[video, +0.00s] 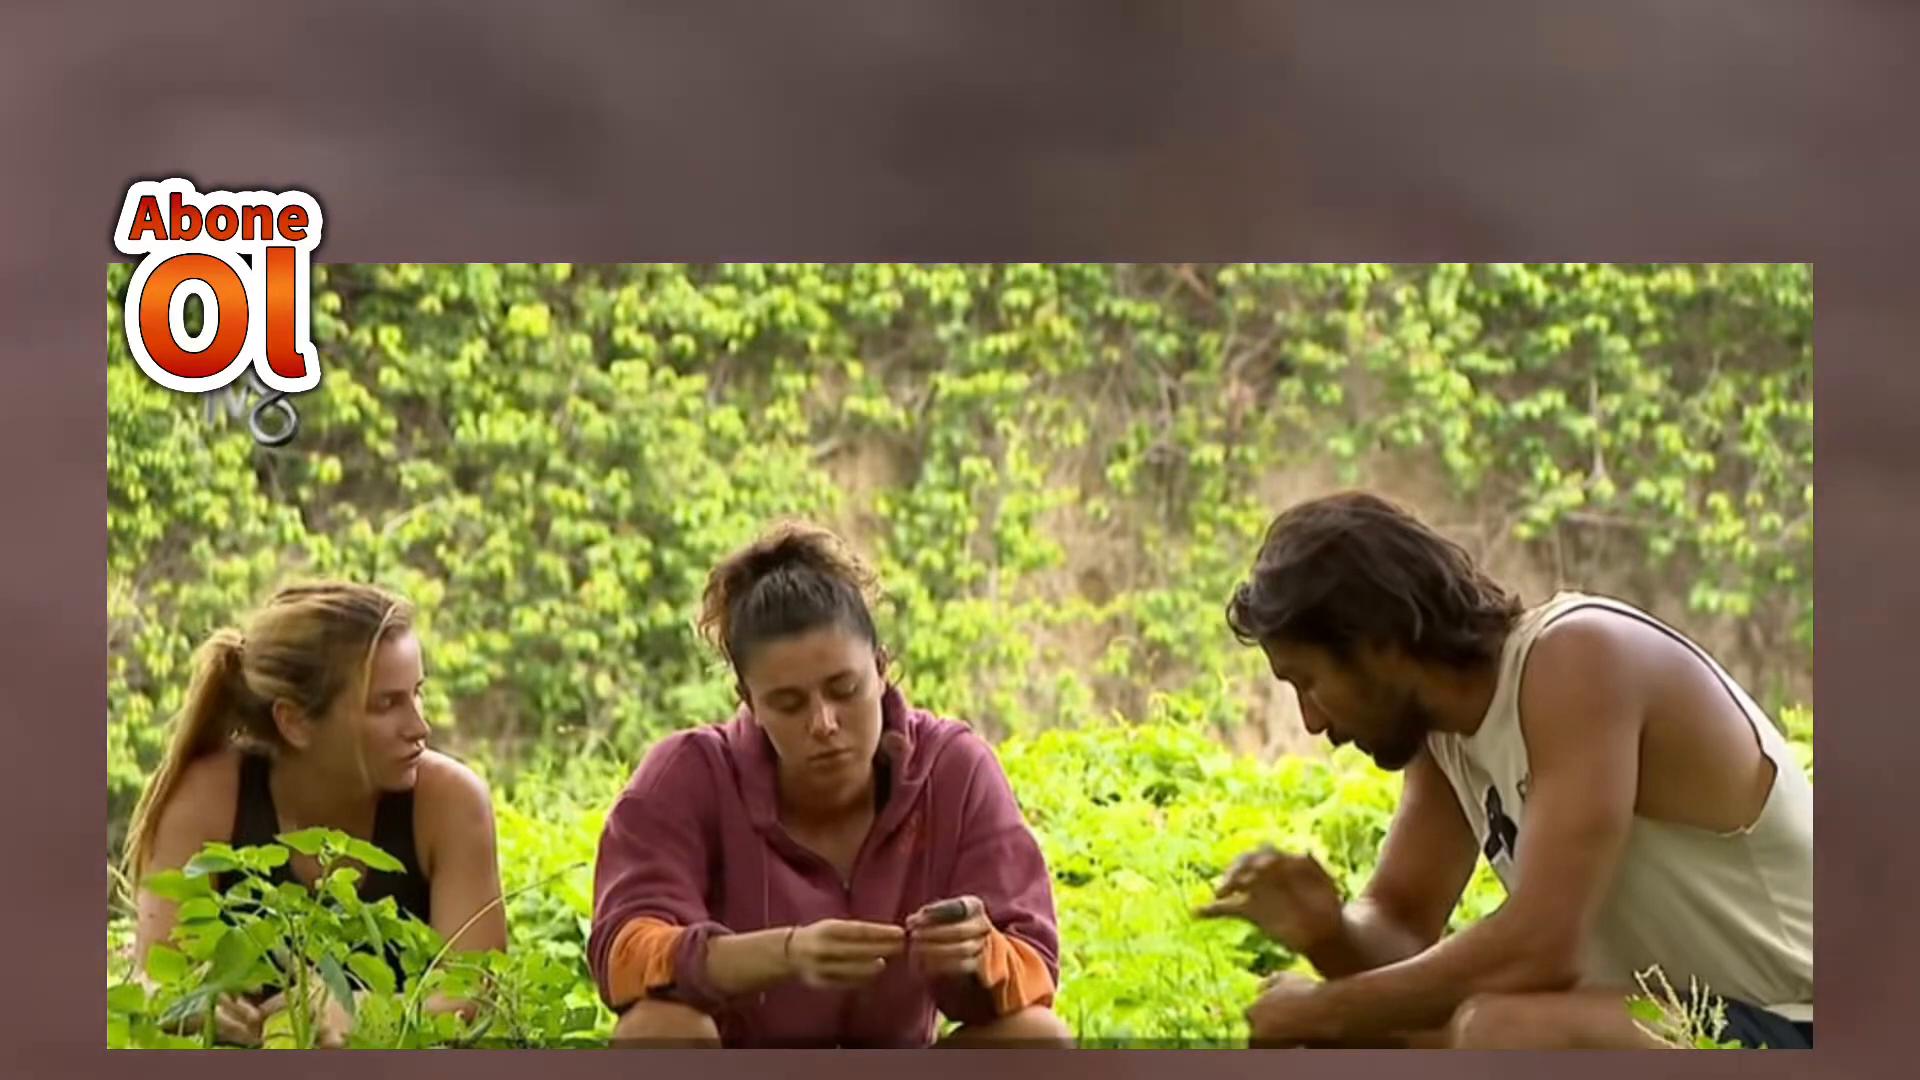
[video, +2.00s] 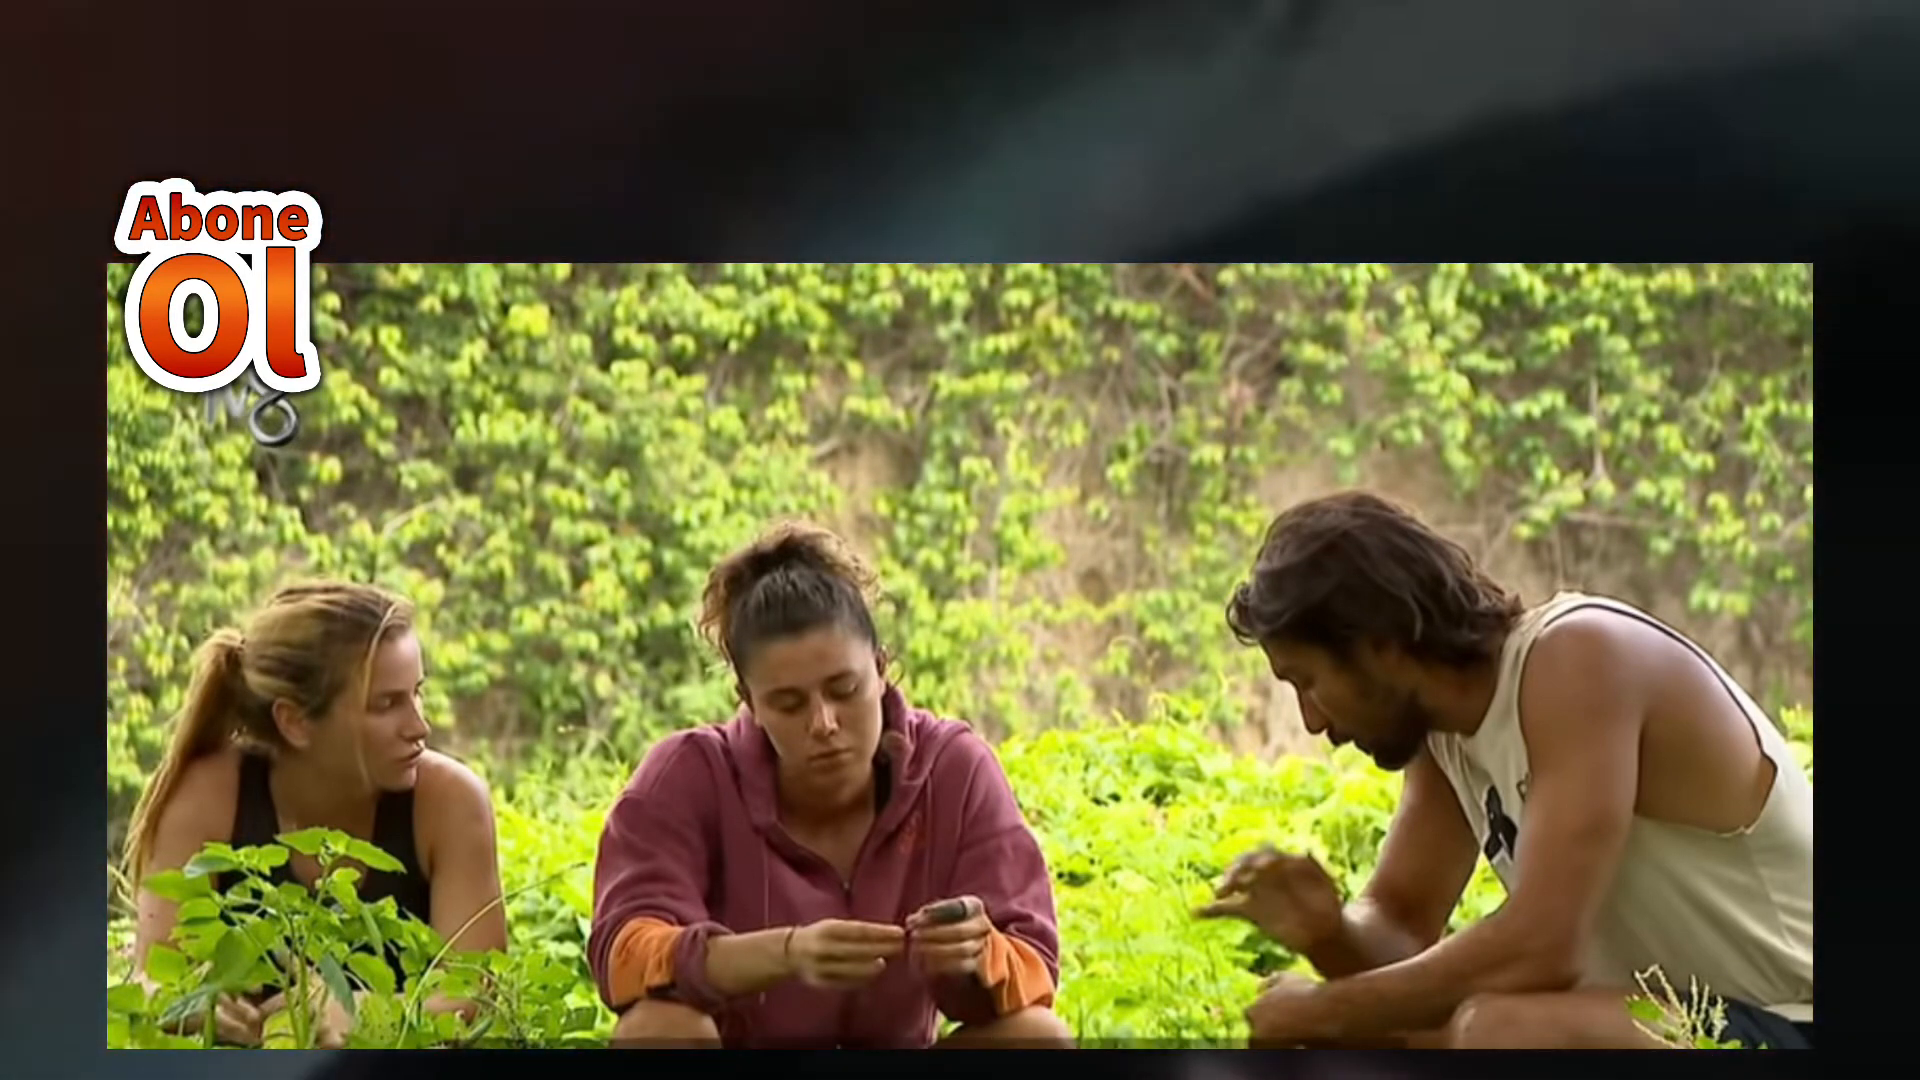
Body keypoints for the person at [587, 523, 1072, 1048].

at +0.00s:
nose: (824, 725)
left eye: (844, 690)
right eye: (789, 703)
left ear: (880, 669)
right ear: (747, 699)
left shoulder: (956, 766)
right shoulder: (688, 772)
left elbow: (1030, 969)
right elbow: (629, 956)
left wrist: (978, 953)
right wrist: (787, 952)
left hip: (897, 1059)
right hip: (738, 1060)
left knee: (1037, 1037)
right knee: (659, 1027)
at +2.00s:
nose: (824, 725)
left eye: (844, 690)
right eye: (789, 703)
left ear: (880, 669)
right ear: (747, 699)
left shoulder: (955, 766)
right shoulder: (687, 773)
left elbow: (1031, 970)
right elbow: (628, 957)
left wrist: (978, 953)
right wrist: (787, 952)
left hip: (898, 1045)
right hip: (739, 1045)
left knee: (1037, 1034)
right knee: (659, 1025)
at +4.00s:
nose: (824, 725)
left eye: (844, 690)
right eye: (789, 703)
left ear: (880, 669)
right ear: (747, 699)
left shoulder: (955, 766)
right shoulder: (687, 773)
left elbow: (1031, 969)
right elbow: (629, 957)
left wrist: (978, 952)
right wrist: (787, 952)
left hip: (896, 1061)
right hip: (737, 1062)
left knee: (1038, 1037)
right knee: (659, 1027)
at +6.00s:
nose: (824, 725)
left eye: (844, 690)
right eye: (789, 703)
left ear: (881, 670)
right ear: (747, 699)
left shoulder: (955, 766)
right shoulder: (687, 773)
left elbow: (1031, 969)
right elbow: (629, 957)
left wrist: (977, 954)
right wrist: (787, 951)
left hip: (898, 1053)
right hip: (740, 1053)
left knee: (1037, 1035)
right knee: (658, 1025)